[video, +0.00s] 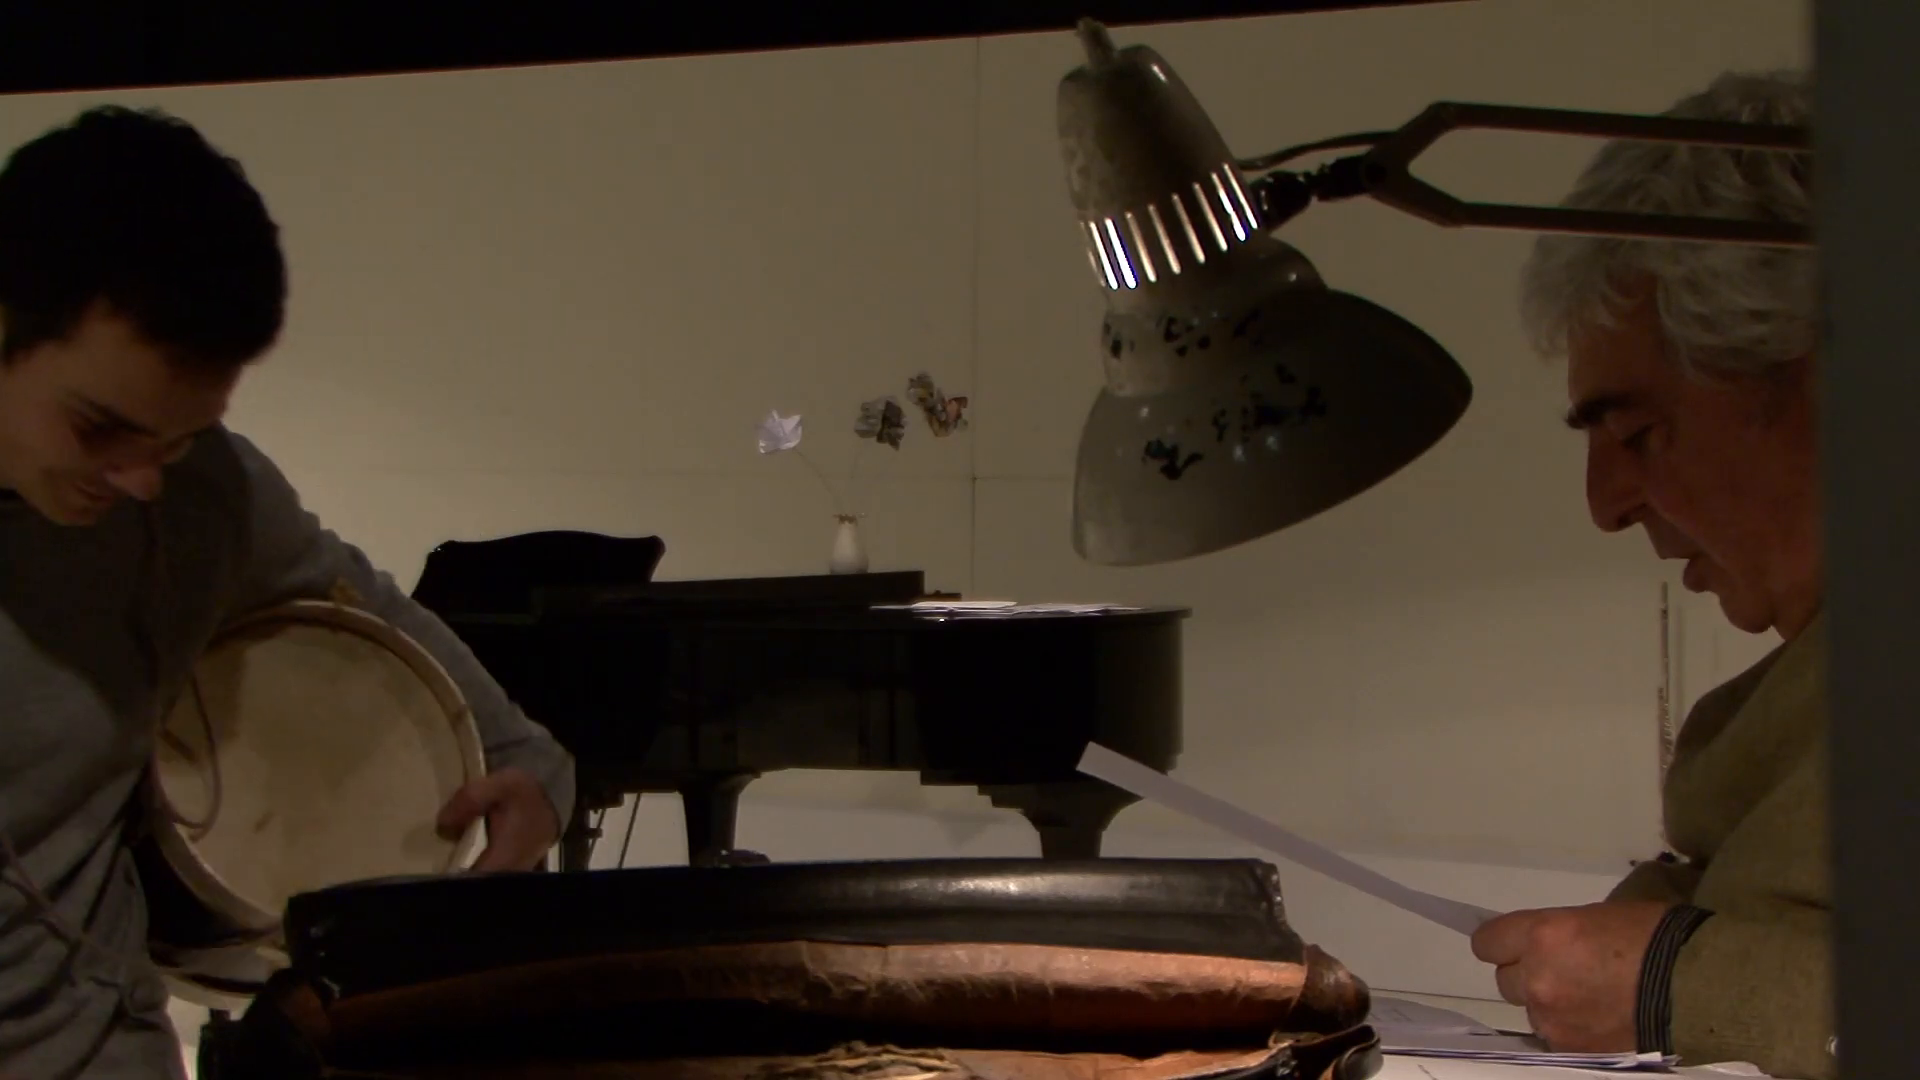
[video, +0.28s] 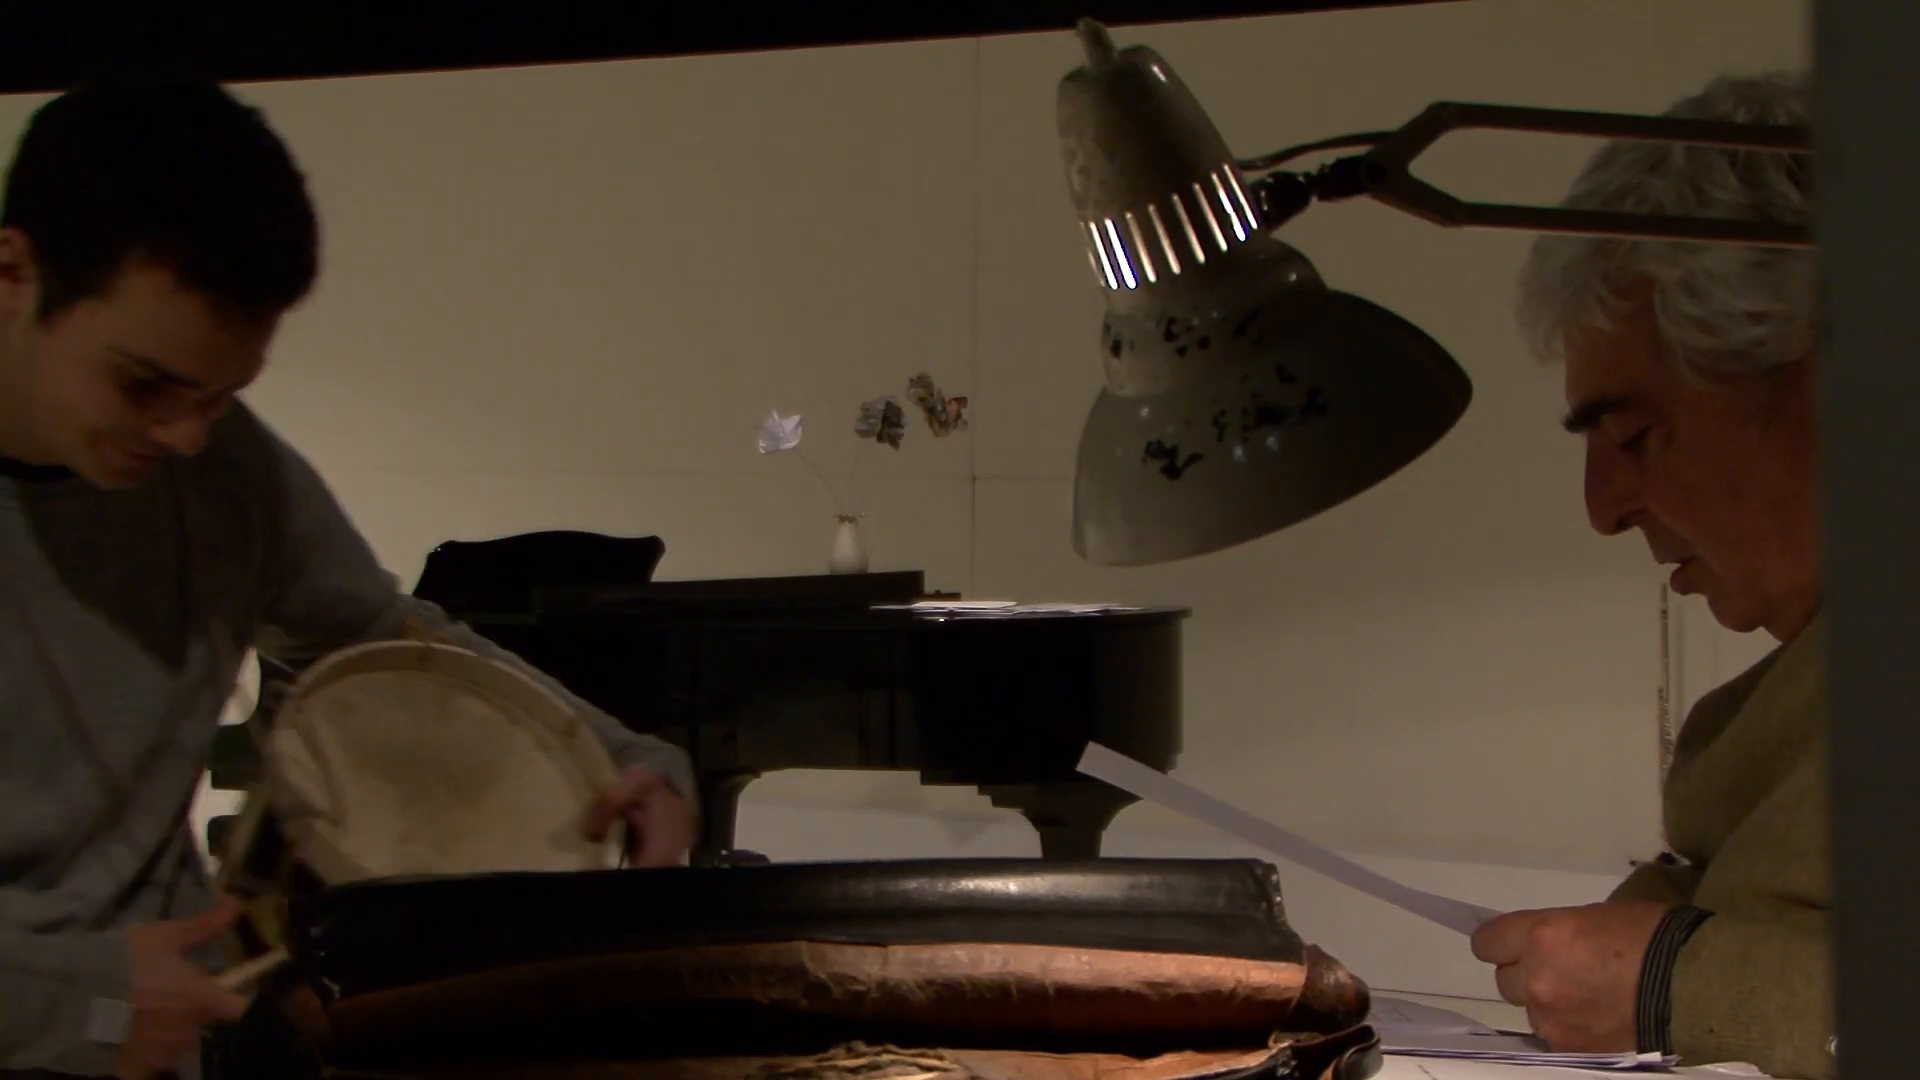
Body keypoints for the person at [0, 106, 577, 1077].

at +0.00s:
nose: (139, 481)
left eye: (179, 443)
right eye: (101, 428)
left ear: (214, 393)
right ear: (1, 335)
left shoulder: (196, 481)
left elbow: (360, 607)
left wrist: (525, 756)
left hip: (102, 1038)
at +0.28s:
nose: (186, 438)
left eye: (221, 397)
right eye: (147, 386)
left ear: (250, 348)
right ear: (15, 279)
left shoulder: (228, 467)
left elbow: (394, 641)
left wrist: (608, 760)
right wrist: (72, 996)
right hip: (22, 1036)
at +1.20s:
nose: (500, 448)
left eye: (526, 406)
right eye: (476, 389)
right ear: (342, 263)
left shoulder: (463, 474)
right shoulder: (29, 438)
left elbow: (502, 811)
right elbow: (12, 858)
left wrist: (580, 990)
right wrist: (232, 699)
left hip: (384, 1018)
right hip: (98, 1039)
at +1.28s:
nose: (460, 450)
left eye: (491, 410)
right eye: (435, 395)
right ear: (301, 262)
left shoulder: (437, 458)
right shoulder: (25, 432)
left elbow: (485, 806)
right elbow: (11, 849)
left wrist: (549, 995)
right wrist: (214, 647)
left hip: (369, 1019)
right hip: (91, 1044)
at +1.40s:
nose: (399, 513)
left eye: (432, 474)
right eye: (368, 462)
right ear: (244, 316)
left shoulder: (409, 456)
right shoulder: (20, 408)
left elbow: (466, 790)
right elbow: (9, 801)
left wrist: (558, 977)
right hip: (101, 1044)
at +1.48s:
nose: (371, 553)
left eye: (398, 520)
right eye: (328, 512)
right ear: (233, 393)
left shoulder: (394, 465)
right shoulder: (29, 383)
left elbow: (463, 766)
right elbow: (12, 707)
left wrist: (547, 957)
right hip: (93, 1036)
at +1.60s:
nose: (318, 600)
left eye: (351, 580)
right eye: (274, 576)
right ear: (137, 460)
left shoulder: (383, 522)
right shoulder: (39, 526)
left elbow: (456, 776)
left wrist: (521, 979)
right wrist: (113, 244)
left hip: (307, 1025)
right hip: (70, 1041)